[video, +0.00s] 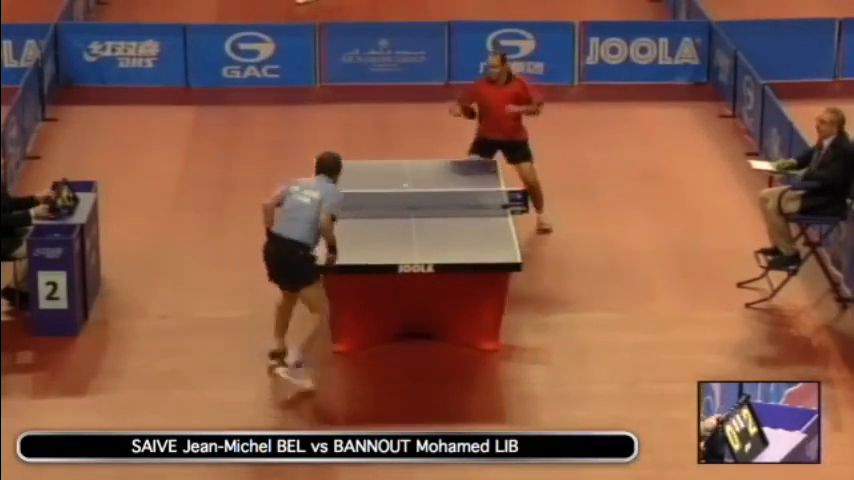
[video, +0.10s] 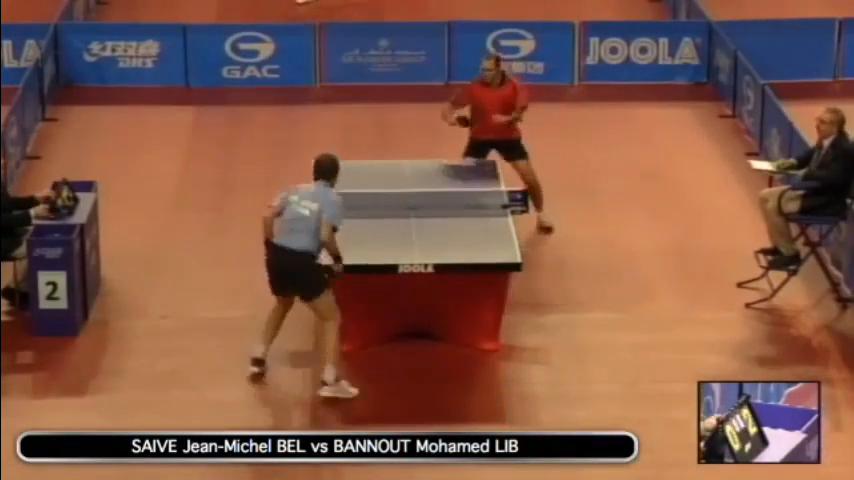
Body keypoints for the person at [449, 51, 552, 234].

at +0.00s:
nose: (491, 71)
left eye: (495, 67)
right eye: (490, 67)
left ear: (505, 67)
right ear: (488, 67)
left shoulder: (518, 85)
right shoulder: (480, 86)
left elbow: (535, 108)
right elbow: (469, 110)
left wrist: (519, 109)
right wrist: (462, 110)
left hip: (514, 139)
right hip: (486, 138)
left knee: (530, 179)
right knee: (472, 175)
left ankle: (540, 217)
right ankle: (471, 218)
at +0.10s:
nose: (485, 74)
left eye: (489, 71)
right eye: (483, 70)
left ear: (499, 69)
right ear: (481, 70)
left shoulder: (513, 87)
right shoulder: (474, 88)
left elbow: (520, 112)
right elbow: (450, 107)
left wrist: (507, 118)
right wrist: (452, 119)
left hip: (507, 139)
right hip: (479, 139)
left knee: (530, 177)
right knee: (466, 175)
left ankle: (540, 216)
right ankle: (463, 218)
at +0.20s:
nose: (477, 89)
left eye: (482, 85)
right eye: (475, 85)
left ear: (492, 85)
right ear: (472, 84)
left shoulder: (502, 102)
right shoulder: (463, 103)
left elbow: (503, 124)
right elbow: (437, 126)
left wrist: (495, 135)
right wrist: (446, 144)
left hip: (495, 151)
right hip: (468, 153)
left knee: (522, 177)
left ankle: (541, 218)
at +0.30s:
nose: (475, 99)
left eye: (479, 96)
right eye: (473, 95)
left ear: (487, 97)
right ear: (469, 95)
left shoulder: (494, 113)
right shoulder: (457, 114)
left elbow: (495, 134)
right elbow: (437, 134)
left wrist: (490, 147)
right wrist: (445, 150)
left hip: (487, 157)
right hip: (461, 158)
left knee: (522, 184)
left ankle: (541, 219)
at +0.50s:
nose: (464, 108)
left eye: (469, 104)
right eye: (462, 103)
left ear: (477, 105)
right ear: (458, 103)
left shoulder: (487, 120)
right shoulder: (448, 124)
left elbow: (503, 136)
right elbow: (436, 145)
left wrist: (511, 147)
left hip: (487, 166)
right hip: (456, 166)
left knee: (521, 188)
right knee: (422, 184)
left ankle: (532, 219)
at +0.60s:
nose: (468, 98)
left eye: (471, 95)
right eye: (465, 94)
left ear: (477, 96)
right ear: (460, 95)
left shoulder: (487, 110)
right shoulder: (452, 114)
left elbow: (512, 123)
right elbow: (428, 131)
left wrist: (521, 135)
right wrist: (420, 147)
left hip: (487, 156)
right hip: (459, 158)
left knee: (515, 180)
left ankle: (516, 222)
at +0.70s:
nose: (467, 90)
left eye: (471, 87)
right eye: (465, 86)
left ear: (479, 88)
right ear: (461, 86)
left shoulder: (491, 102)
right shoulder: (456, 103)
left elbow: (508, 114)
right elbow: (438, 118)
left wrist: (520, 120)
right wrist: (428, 131)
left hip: (492, 147)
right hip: (463, 148)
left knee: (511, 180)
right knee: (454, 183)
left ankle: (516, 220)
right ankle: (455, 223)